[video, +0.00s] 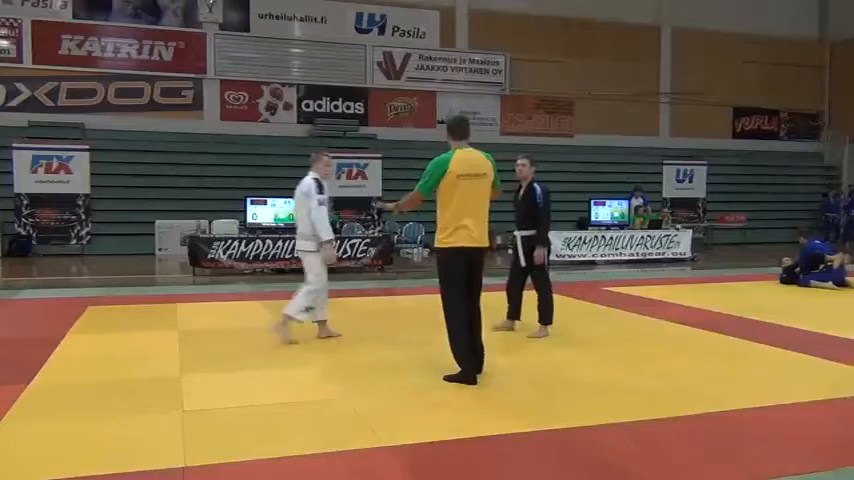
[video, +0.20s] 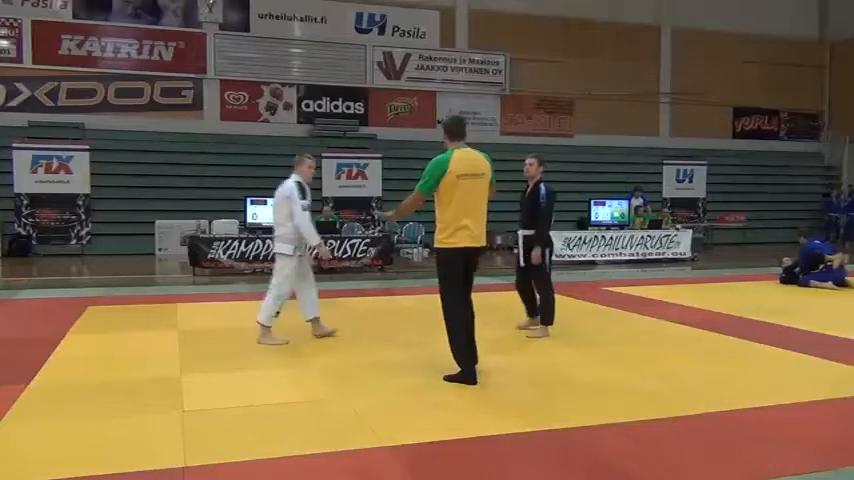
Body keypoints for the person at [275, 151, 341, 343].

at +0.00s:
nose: (330, 169)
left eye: (330, 166)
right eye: (327, 165)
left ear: (318, 165)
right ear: (317, 165)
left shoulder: (307, 183)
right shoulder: (314, 184)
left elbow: (312, 214)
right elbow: (318, 214)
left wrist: (325, 240)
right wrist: (328, 241)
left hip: (311, 243)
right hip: (310, 244)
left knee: (320, 283)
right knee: (316, 283)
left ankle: (322, 325)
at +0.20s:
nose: (313, 172)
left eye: (313, 168)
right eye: (310, 168)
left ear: (299, 168)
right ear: (299, 167)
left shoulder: (288, 186)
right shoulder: (296, 187)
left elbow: (288, 221)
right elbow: (302, 219)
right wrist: (319, 244)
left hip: (295, 248)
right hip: (288, 248)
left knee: (306, 284)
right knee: (280, 287)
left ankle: (316, 324)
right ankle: (264, 331)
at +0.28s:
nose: (307, 170)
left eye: (307, 167)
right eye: (304, 166)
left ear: (294, 166)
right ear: (293, 165)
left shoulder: (280, 183)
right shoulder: (289, 184)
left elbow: (280, 218)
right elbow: (293, 217)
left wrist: (296, 243)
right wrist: (308, 242)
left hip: (287, 245)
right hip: (281, 245)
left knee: (298, 282)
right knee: (275, 285)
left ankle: (303, 323)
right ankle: (264, 331)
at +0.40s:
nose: (297, 168)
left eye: (298, 164)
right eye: (294, 163)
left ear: (283, 164)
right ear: (282, 163)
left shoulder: (273, 181)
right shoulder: (280, 182)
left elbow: (277, 215)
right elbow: (280, 216)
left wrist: (291, 240)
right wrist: (292, 242)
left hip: (274, 243)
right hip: (272, 243)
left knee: (282, 283)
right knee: (272, 284)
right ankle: (263, 330)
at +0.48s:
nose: (290, 168)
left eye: (291, 164)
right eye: (288, 163)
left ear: (277, 164)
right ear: (276, 163)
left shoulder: (265, 181)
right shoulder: (274, 183)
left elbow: (266, 215)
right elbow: (272, 216)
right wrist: (282, 243)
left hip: (262, 243)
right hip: (267, 244)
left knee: (266, 283)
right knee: (271, 285)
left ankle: (248, 320)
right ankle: (264, 331)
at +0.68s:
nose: (274, 169)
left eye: (275, 165)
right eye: (272, 164)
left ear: (260, 165)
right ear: (261, 164)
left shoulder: (249, 182)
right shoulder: (257, 183)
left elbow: (245, 215)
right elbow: (254, 213)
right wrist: (257, 244)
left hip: (241, 245)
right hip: (254, 245)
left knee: (238, 285)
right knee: (264, 287)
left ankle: (218, 328)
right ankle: (263, 333)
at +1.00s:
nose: (257, 169)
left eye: (258, 166)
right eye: (254, 165)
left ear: (242, 165)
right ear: (243, 164)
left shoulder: (230, 182)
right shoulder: (238, 182)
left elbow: (225, 214)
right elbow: (233, 213)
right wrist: (238, 243)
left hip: (220, 243)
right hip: (230, 244)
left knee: (220, 286)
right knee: (242, 286)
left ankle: (214, 329)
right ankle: (235, 333)